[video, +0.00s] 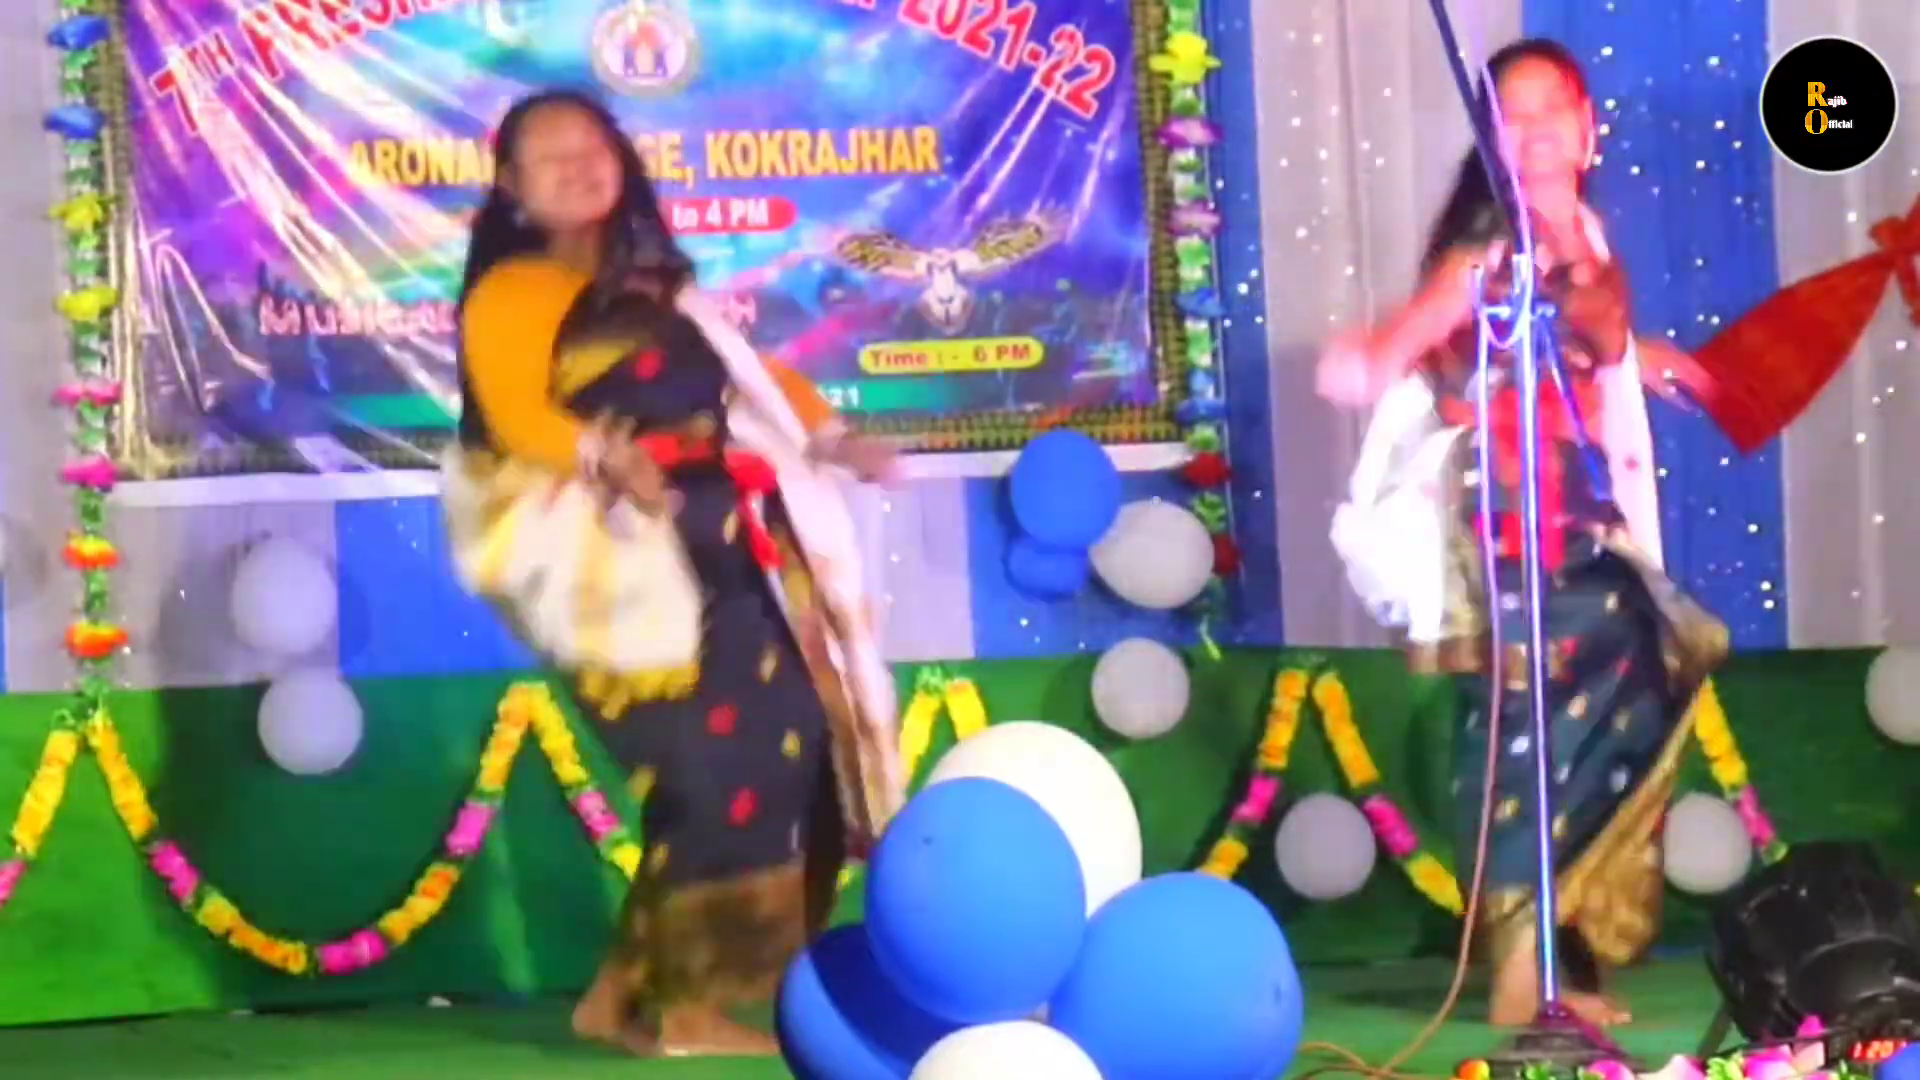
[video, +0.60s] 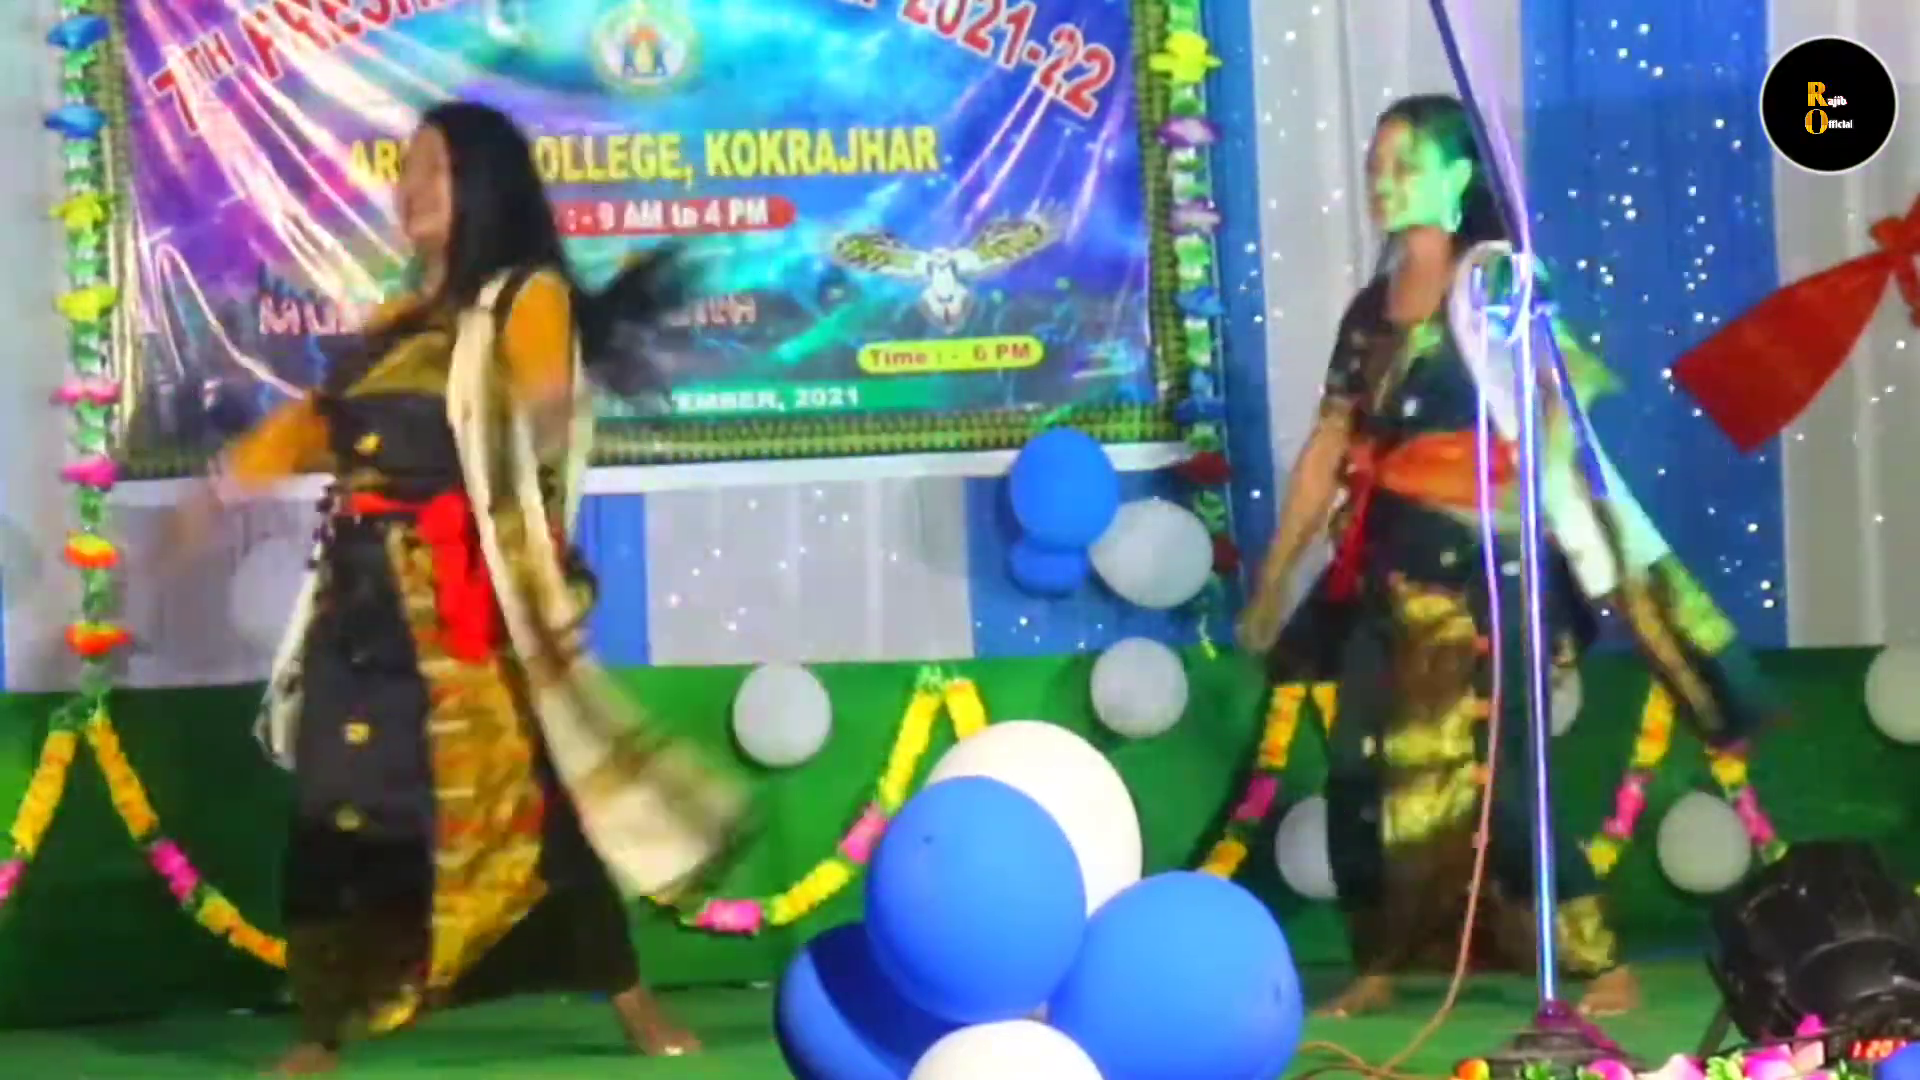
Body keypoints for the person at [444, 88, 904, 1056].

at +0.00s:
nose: (578, 174)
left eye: (592, 154)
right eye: (553, 162)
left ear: (623, 168)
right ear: (513, 186)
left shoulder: (649, 284)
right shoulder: (509, 295)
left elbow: (745, 374)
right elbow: (513, 419)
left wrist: (830, 435)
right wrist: (607, 455)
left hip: (711, 540)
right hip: (615, 553)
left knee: (769, 740)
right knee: (724, 749)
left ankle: (625, 988)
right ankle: (694, 1009)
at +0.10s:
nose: (535, 179)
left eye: (554, 160)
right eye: (516, 165)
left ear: (602, 171)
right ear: (498, 189)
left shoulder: (670, 291)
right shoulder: (495, 299)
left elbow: (780, 372)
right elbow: (485, 409)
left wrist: (726, 351)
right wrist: (623, 382)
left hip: (695, 557)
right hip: (579, 569)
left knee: (749, 751)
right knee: (652, 766)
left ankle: (625, 991)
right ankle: (705, 1007)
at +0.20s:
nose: (510, 129)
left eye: (529, 109)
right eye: (501, 111)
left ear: (582, 118)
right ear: (489, 127)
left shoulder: (638, 235)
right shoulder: (473, 257)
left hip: (630, 510)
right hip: (524, 521)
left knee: (647, 721)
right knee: (558, 728)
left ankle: (616, 969)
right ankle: (594, 977)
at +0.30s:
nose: (491, 104)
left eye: (508, 84)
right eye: (485, 86)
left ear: (563, 89)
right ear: (476, 97)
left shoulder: (638, 191)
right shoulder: (459, 215)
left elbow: (642, 234)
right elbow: (368, 289)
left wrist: (534, 182)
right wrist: (456, 193)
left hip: (606, 490)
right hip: (481, 494)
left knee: (633, 721)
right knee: (481, 712)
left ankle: (650, 975)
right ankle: (466, 944)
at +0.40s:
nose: (451, 129)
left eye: (467, 108)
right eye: (450, 110)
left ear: (526, 112)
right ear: (483, 117)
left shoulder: (604, 224)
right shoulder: (445, 244)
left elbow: (571, 343)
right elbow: (338, 374)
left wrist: (468, 305)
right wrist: (394, 265)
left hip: (551, 511)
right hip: (427, 517)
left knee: (579, 750)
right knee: (381, 747)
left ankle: (649, 978)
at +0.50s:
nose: (430, 175)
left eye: (447, 154)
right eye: (430, 158)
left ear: (507, 157)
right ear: (456, 168)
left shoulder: (573, 279)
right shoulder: (426, 295)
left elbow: (526, 406)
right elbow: (355, 403)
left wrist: (427, 453)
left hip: (511, 577)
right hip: (393, 579)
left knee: (542, 793)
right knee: (353, 786)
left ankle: (649, 993)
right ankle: (322, 1025)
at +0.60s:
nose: (407, 190)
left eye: (428, 171)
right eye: (404, 172)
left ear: (484, 183)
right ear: (404, 188)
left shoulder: (528, 294)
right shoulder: (402, 321)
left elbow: (546, 414)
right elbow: (316, 418)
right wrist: (225, 488)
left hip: (471, 571)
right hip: (362, 574)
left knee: (544, 786)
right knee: (338, 794)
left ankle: (631, 999)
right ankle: (321, 1033)